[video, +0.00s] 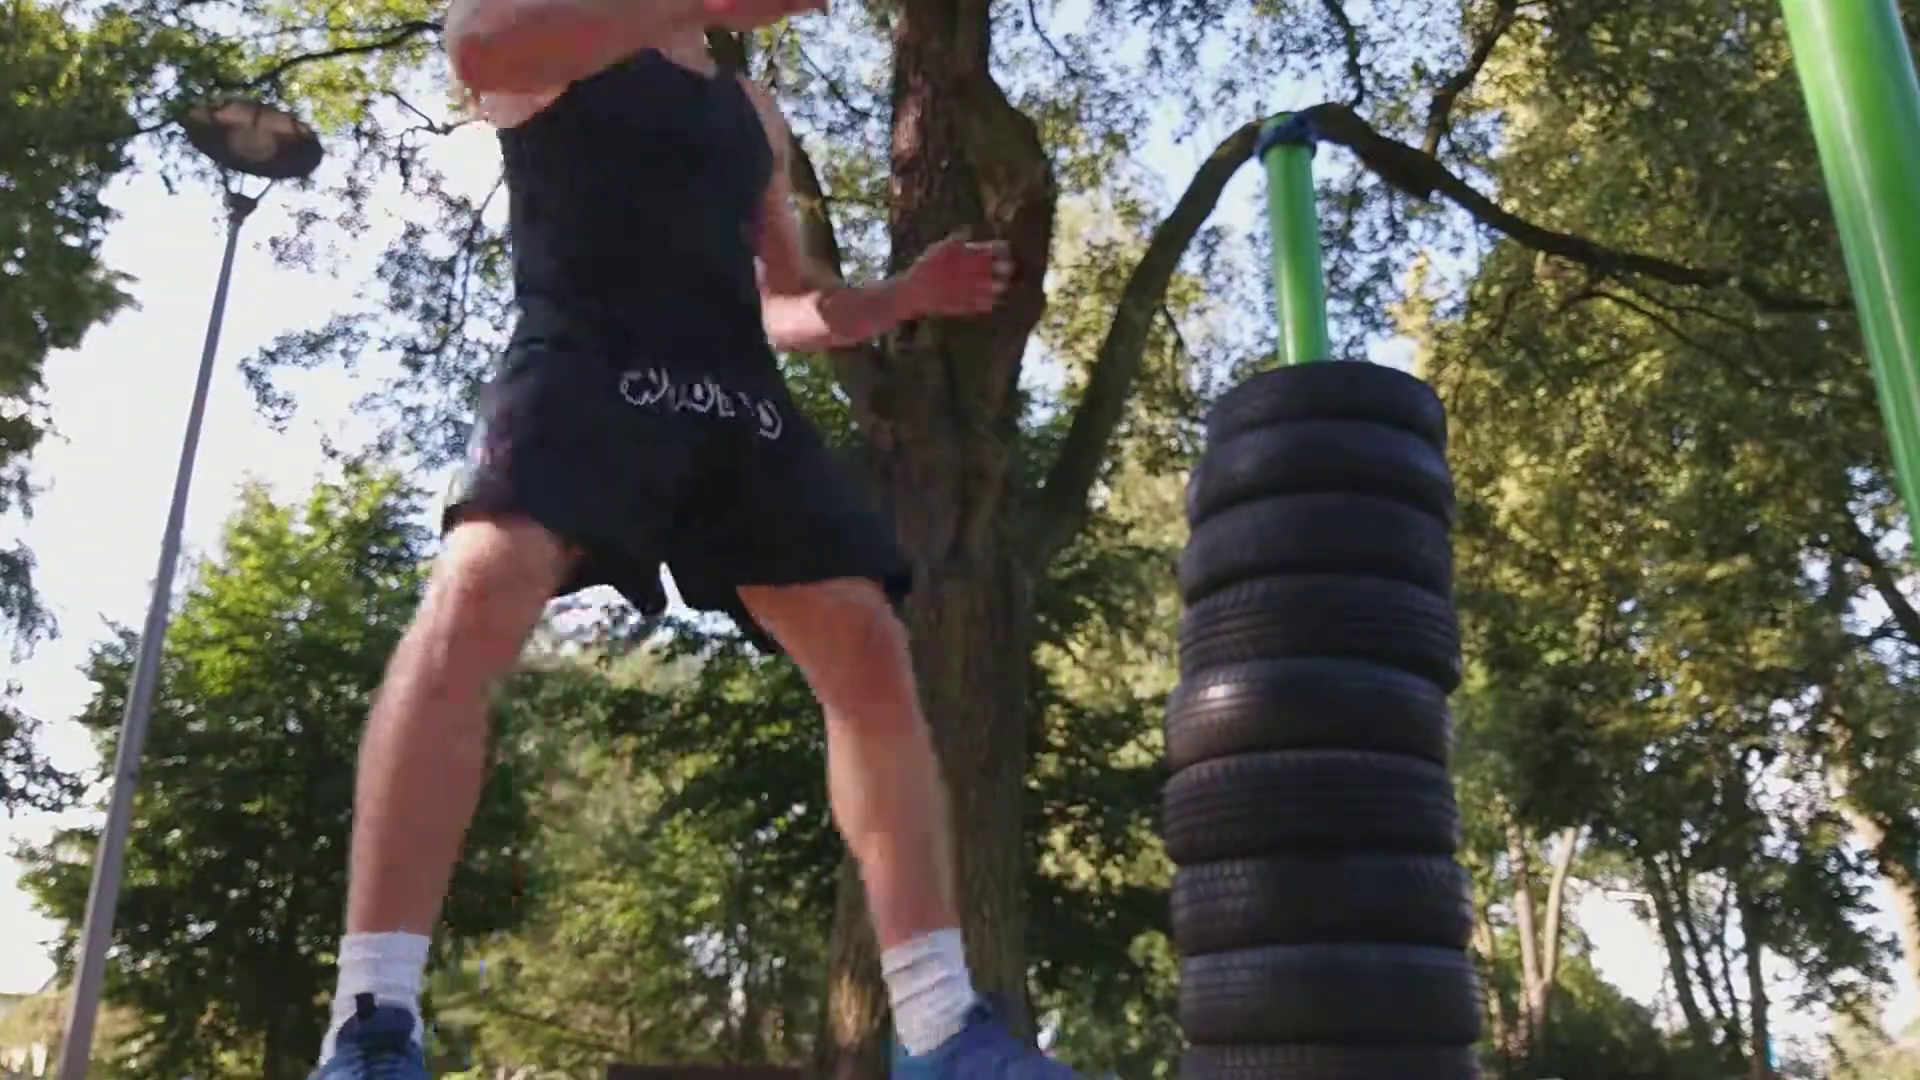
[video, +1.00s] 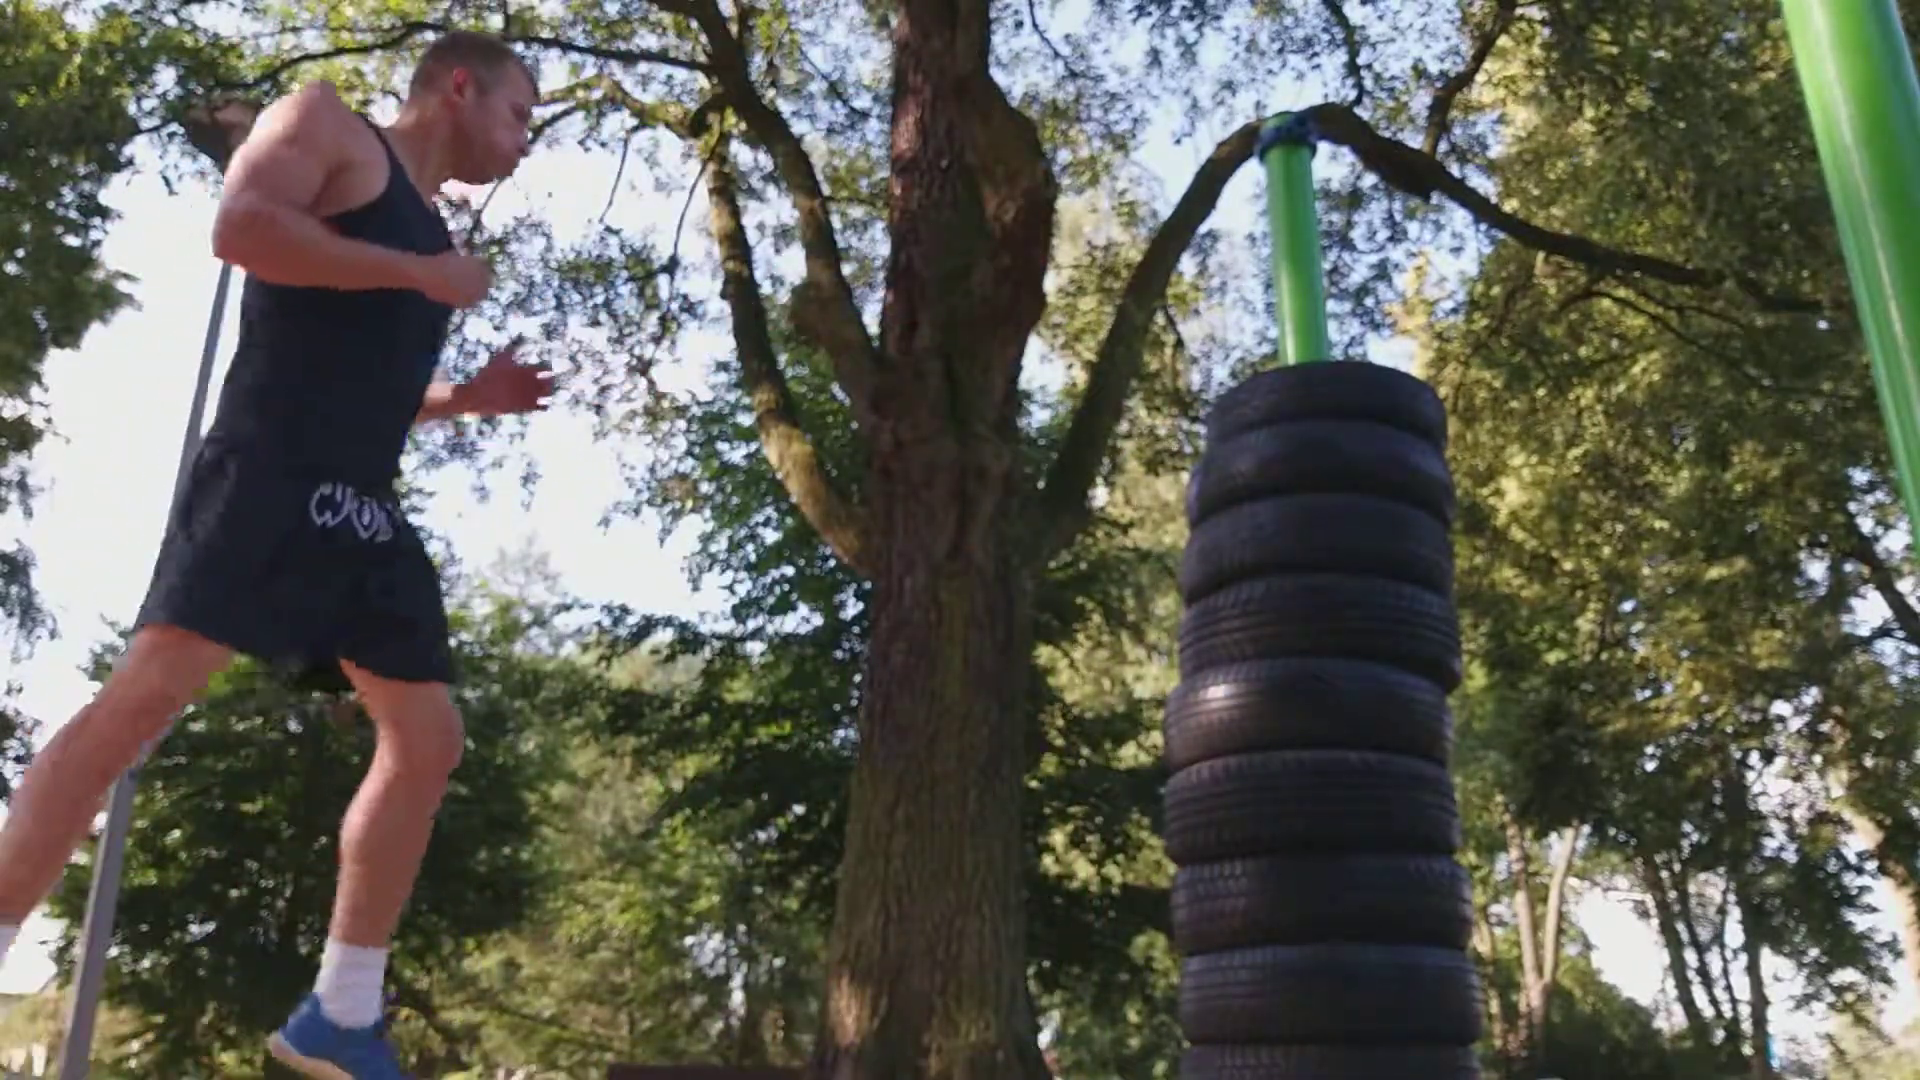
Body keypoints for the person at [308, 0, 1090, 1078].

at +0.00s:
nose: (800, 14)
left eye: (806, 12)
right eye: (797, 3)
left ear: (770, 14)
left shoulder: (750, 106)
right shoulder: (556, 27)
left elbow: (779, 305)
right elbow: (479, 55)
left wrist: (904, 293)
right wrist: (685, 11)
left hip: (739, 404)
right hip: (579, 386)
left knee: (865, 644)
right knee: (474, 594)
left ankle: (940, 1029)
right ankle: (373, 1021)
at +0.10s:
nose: (718, 26)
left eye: (721, 27)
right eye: (711, 16)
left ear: (696, 23)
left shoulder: (676, 94)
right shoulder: (534, 5)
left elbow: (652, 313)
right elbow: (438, 48)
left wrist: (802, 296)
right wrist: (644, 43)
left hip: (657, 384)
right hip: (527, 340)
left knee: (781, 660)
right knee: (460, 597)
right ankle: (369, 1018)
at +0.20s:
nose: (701, 21)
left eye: (704, 19)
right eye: (695, 5)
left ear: (648, 29)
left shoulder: (609, 142)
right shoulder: (495, 7)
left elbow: (587, 357)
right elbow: (356, 66)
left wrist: (720, 319)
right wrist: (570, 113)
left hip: (596, 420)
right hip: (471, 373)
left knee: (670, 725)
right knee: (417, 635)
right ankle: (360, 1021)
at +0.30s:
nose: (653, 75)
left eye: (657, 52)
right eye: (650, 40)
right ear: (592, 17)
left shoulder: (555, 205)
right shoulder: (444, 47)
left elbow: (544, 405)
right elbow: (292, 141)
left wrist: (678, 356)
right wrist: (478, 202)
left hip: (524, 485)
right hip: (416, 429)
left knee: (518, 786)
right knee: (397, 630)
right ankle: (352, 1024)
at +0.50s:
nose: (620, 99)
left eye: (622, 83)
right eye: (610, 73)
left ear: (553, 70)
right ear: (549, 58)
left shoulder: (517, 243)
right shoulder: (402, 84)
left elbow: (495, 398)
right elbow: (227, 135)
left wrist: (602, 362)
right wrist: (401, 202)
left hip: (410, 477)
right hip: (311, 422)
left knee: (363, 755)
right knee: (272, 648)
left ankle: (239, 1029)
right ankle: (190, 1008)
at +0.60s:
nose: (585, 79)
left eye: (589, 59)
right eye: (578, 49)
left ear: (526, 42)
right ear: (512, 27)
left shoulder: (480, 192)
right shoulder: (389, 50)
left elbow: (429, 362)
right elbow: (230, 80)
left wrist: (540, 348)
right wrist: (402, 160)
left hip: (381, 440)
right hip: (280, 393)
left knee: (358, 715)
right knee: (222, 635)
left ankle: (244, 1010)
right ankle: (49, 976)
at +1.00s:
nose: (525, 143)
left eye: (531, 127)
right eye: (520, 117)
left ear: (463, 104)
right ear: (455, 88)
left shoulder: (432, 229)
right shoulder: (328, 114)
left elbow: (364, 390)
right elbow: (243, 227)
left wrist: (467, 395)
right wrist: (423, 273)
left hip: (365, 508)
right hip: (261, 483)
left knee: (424, 741)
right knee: (142, 703)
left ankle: (343, 1011)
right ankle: (3, 934)